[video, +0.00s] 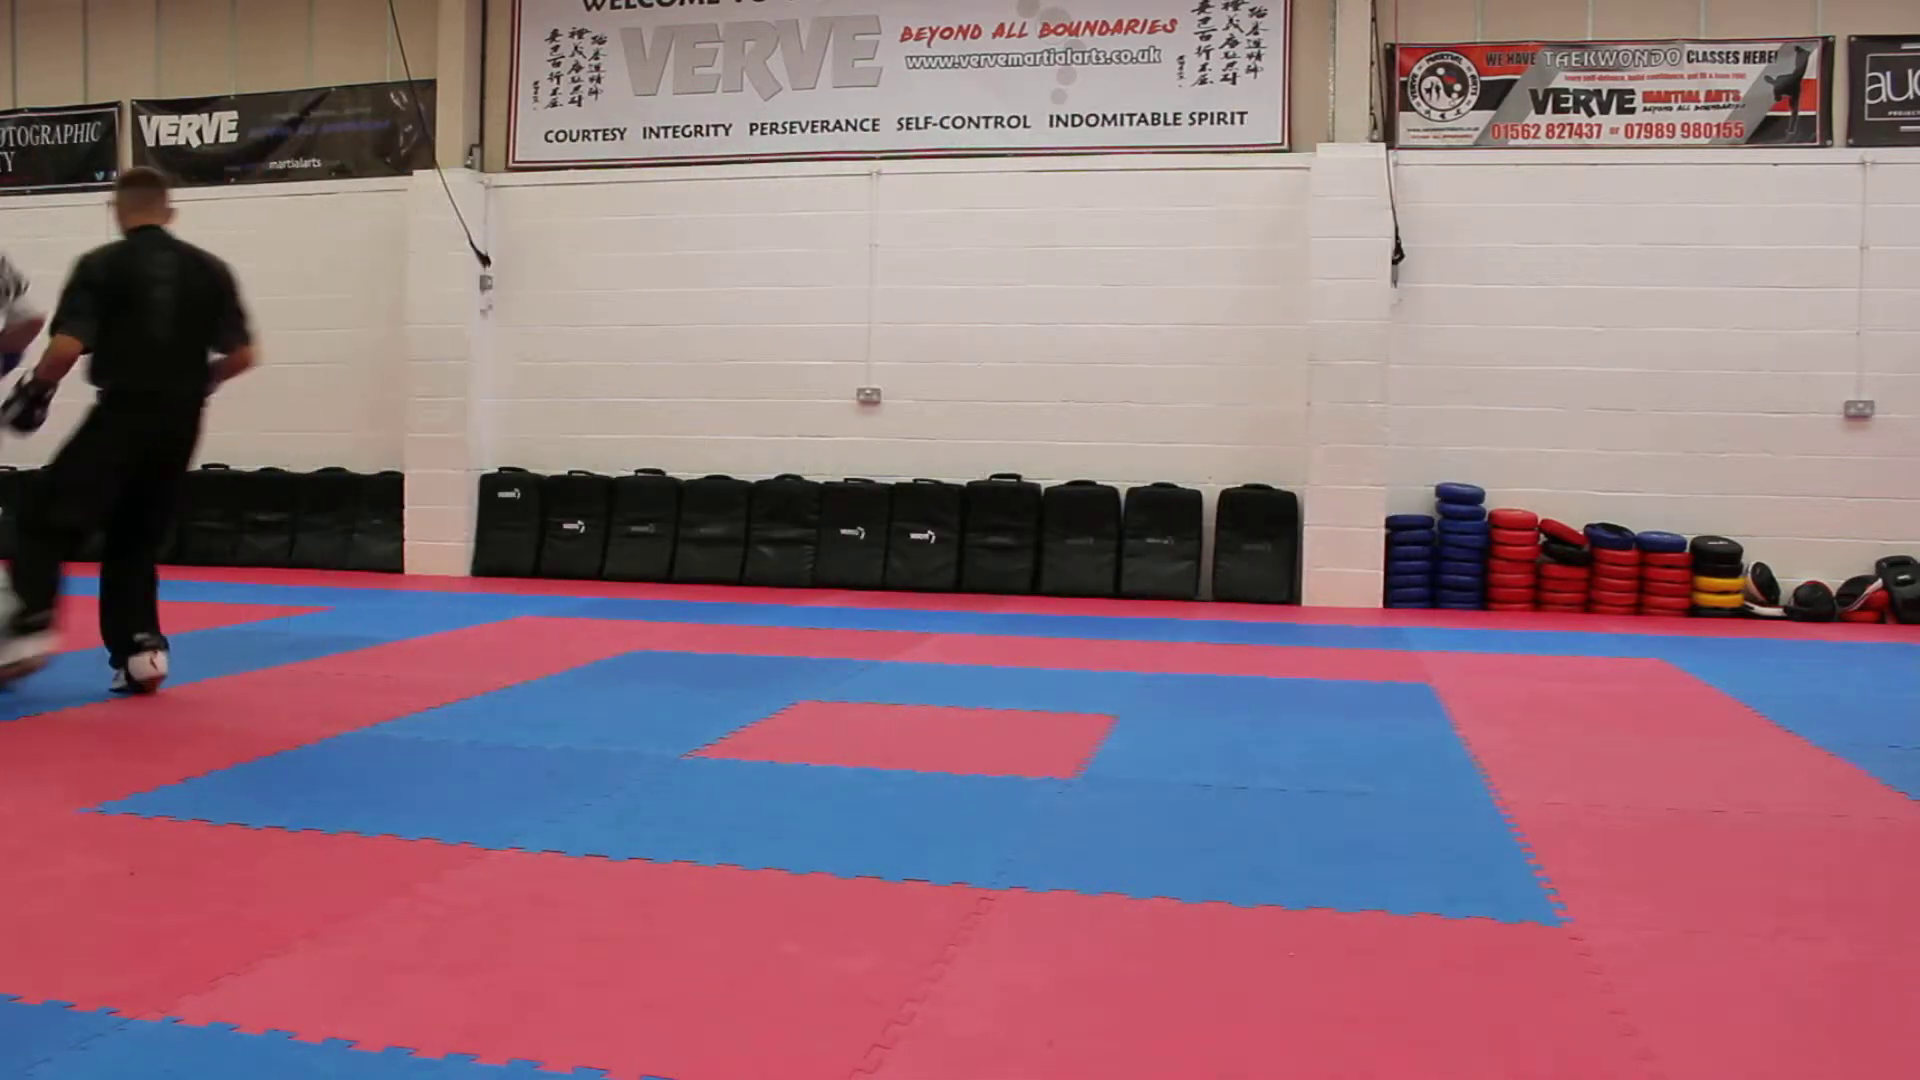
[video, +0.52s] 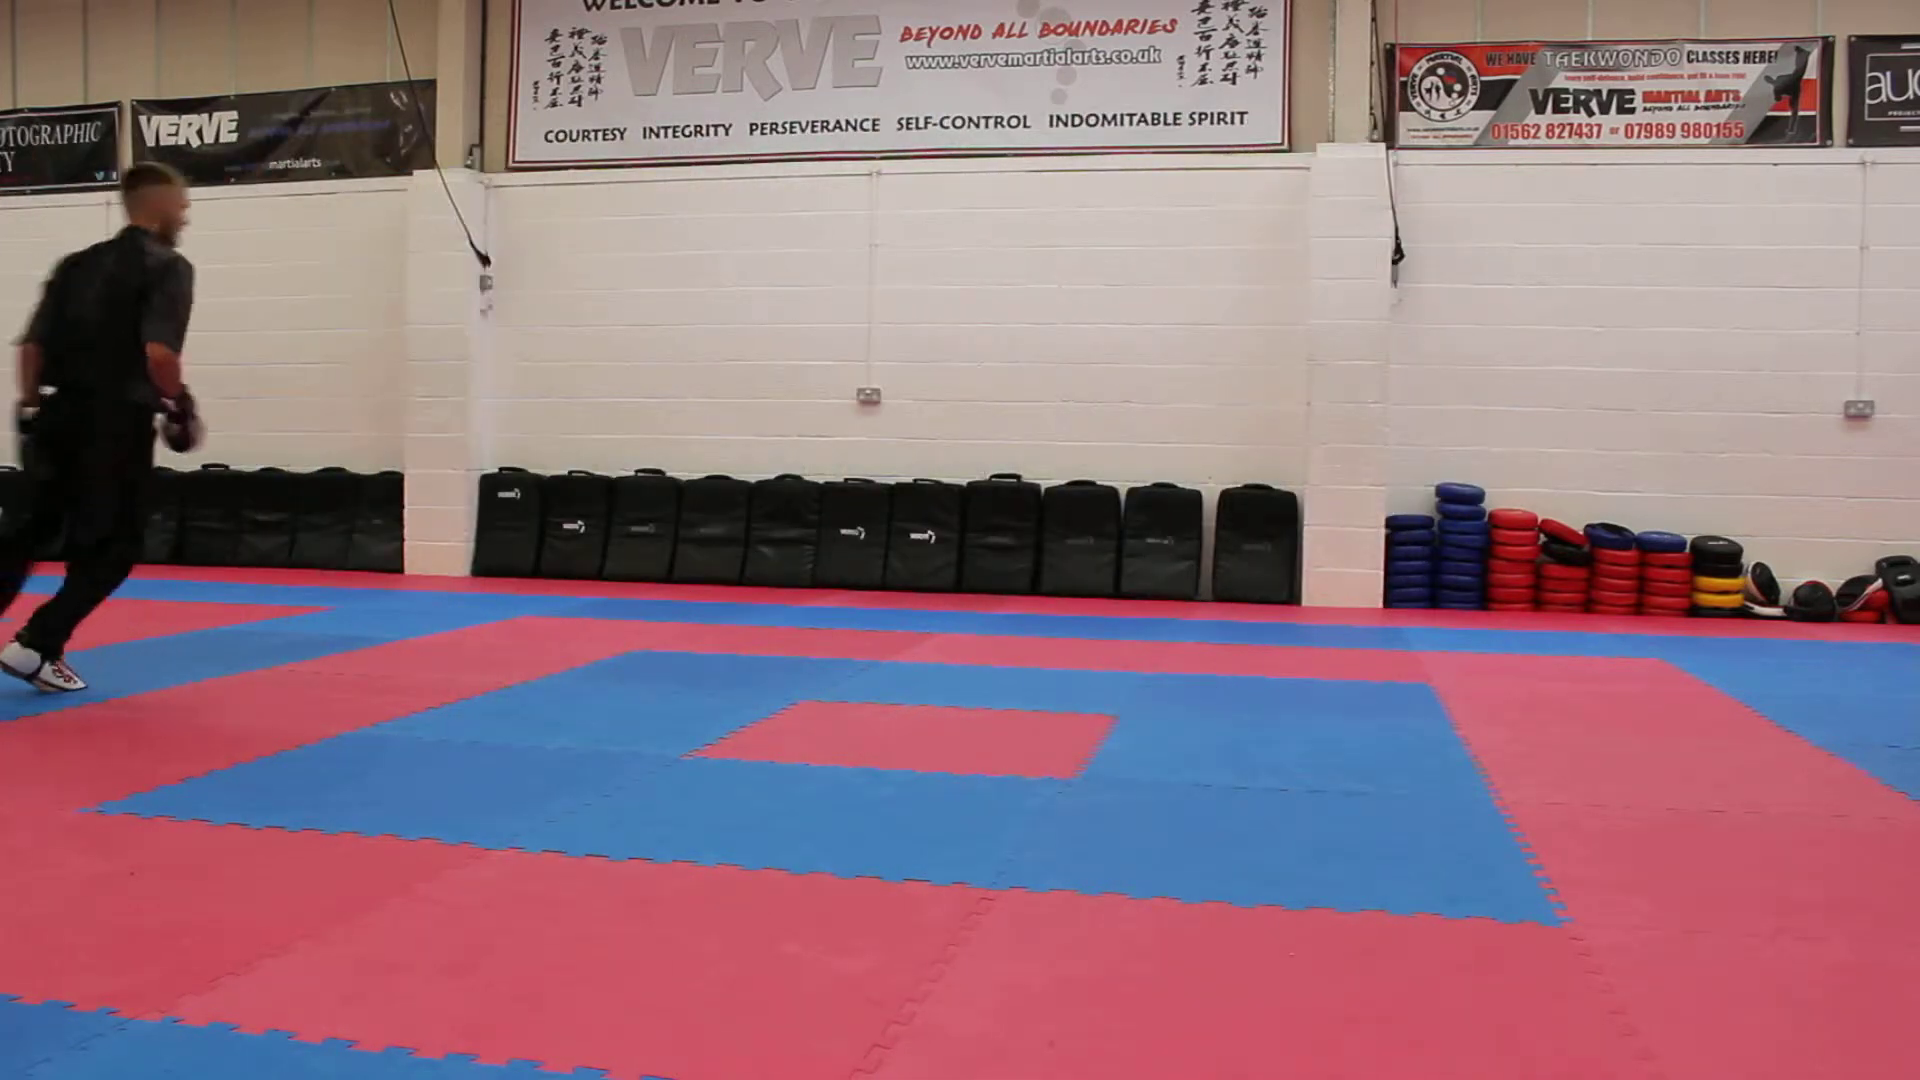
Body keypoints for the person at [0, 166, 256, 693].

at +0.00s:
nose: (122, 217)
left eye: (118, 209)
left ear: (118, 212)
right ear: (168, 210)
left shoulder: (101, 266)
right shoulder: (206, 268)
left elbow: (67, 347)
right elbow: (243, 355)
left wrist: (36, 389)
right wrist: (199, 380)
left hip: (119, 421)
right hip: (179, 426)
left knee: (47, 510)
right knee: (134, 535)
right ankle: (142, 649)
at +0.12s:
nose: (88, 225)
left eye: (79, 216)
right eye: (111, 217)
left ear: (71, 221)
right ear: (122, 221)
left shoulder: (48, 273)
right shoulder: (158, 278)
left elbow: (36, 355)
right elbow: (187, 368)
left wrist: (10, 398)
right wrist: (155, 406)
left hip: (67, 428)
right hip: (132, 430)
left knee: (14, 529)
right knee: (104, 535)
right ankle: (132, 637)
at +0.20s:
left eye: (49, 241)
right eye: (95, 242)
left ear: (45, 243)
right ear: (99, 243)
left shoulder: (19, 296)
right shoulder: (131, 302)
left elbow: (5, 381)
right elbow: (157, 386)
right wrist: (138, 435)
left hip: (34, 446)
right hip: (103, 448)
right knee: (88, 544)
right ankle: (118, 638)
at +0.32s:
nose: (109, 248)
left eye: (107, 240)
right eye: (109, 240)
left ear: (57, 240)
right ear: (102, 241)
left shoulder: (15, 291)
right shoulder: (127, 299)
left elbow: (5, 365)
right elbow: (148, 378)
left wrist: (22, 412)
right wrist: (135, 427)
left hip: (23, 439)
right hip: (93, 441)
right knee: (88, 534)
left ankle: (78, 634)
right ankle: (70, 632)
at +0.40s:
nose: (140, 227)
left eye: (137, 217)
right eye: (137, 218)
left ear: (86, 220)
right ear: (124, 220)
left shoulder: (33, 275)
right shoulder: (141, 279)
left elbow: (8, 354)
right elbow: (151, 355)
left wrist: (35, 391)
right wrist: (148, 406)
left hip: (35, 429)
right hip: (103, 434)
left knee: (13, 527)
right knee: (98, 542)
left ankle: (52, 646)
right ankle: (45, 635)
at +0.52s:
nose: (186, 214)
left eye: (185, 202)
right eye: (181, 203)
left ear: (131, 205)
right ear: (161, 205)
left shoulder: (77, 263)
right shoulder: (168, 268)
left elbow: (32, 344)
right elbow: (159, 353)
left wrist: (30, 401)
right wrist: (180, 405)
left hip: (59, 423)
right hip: (120, 428)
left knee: (33, 530)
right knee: (116, 549)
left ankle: (44, 651)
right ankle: (33, 644)